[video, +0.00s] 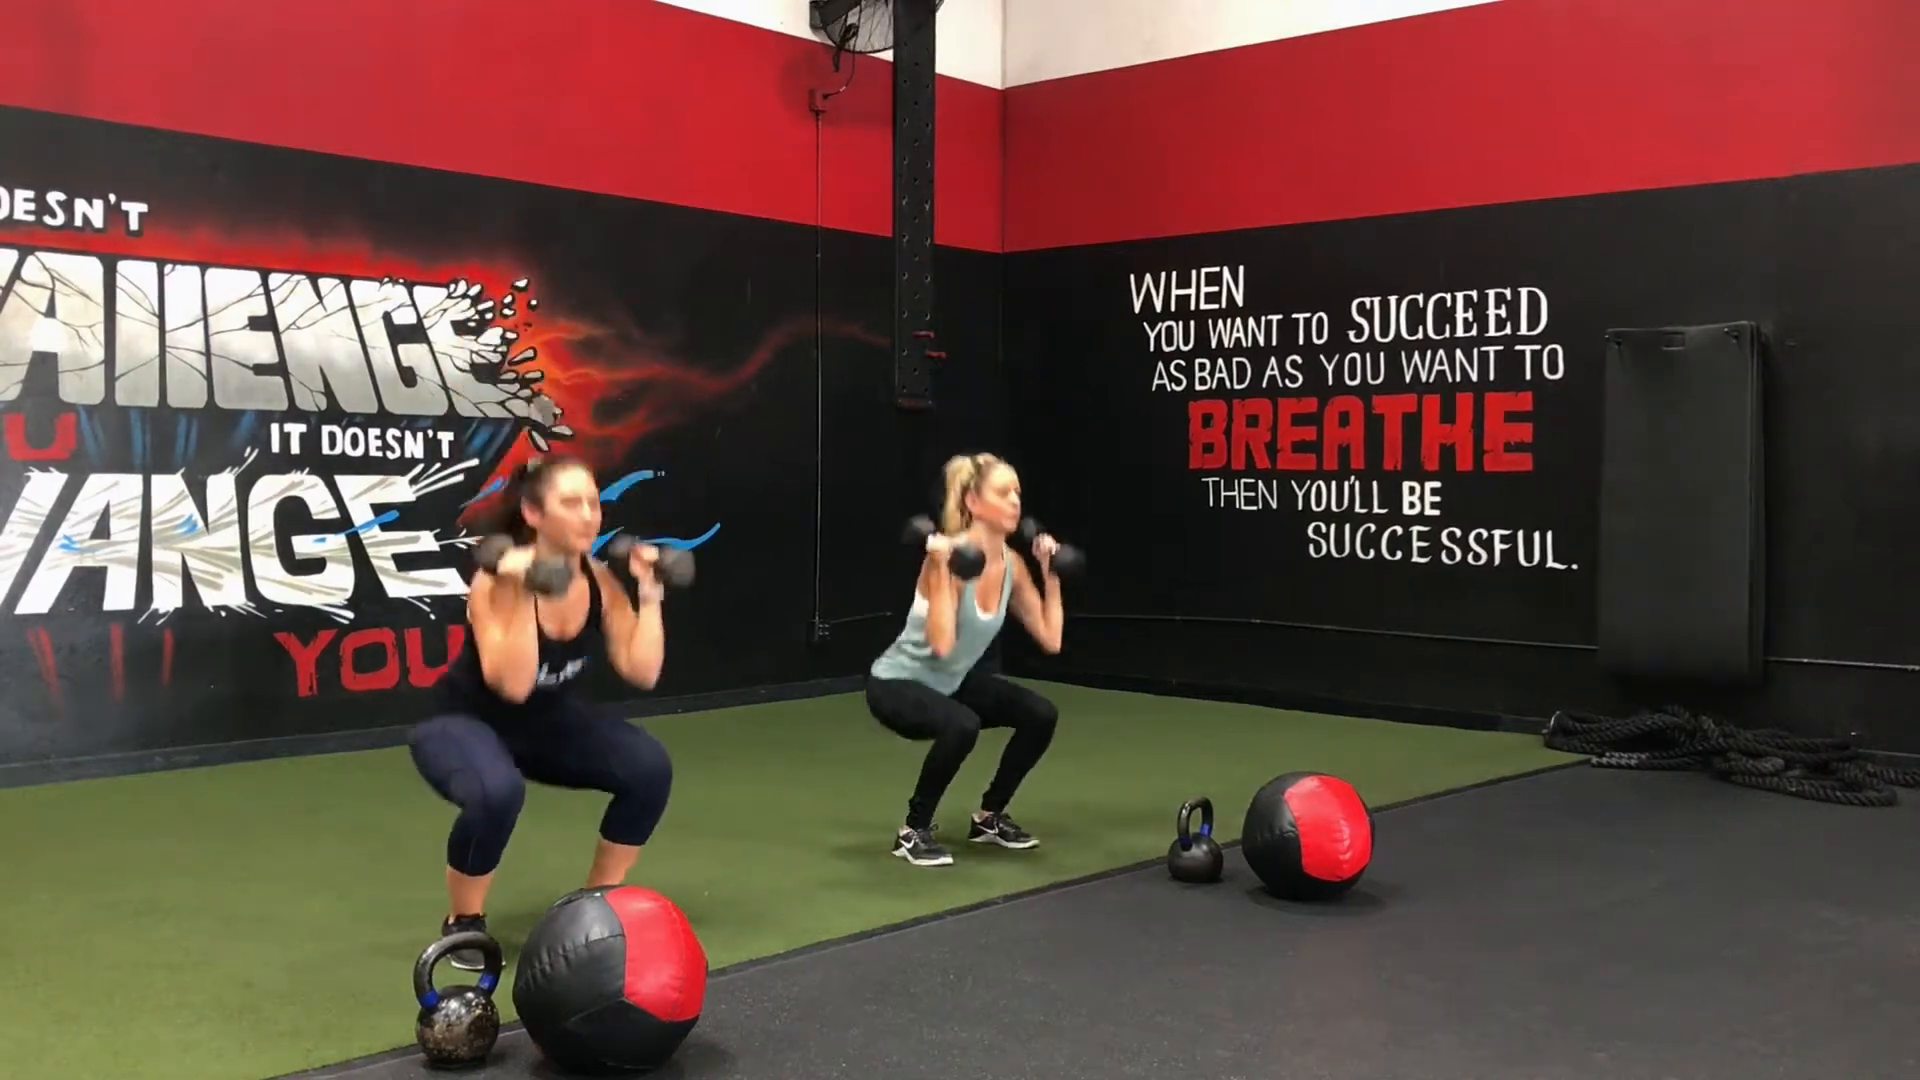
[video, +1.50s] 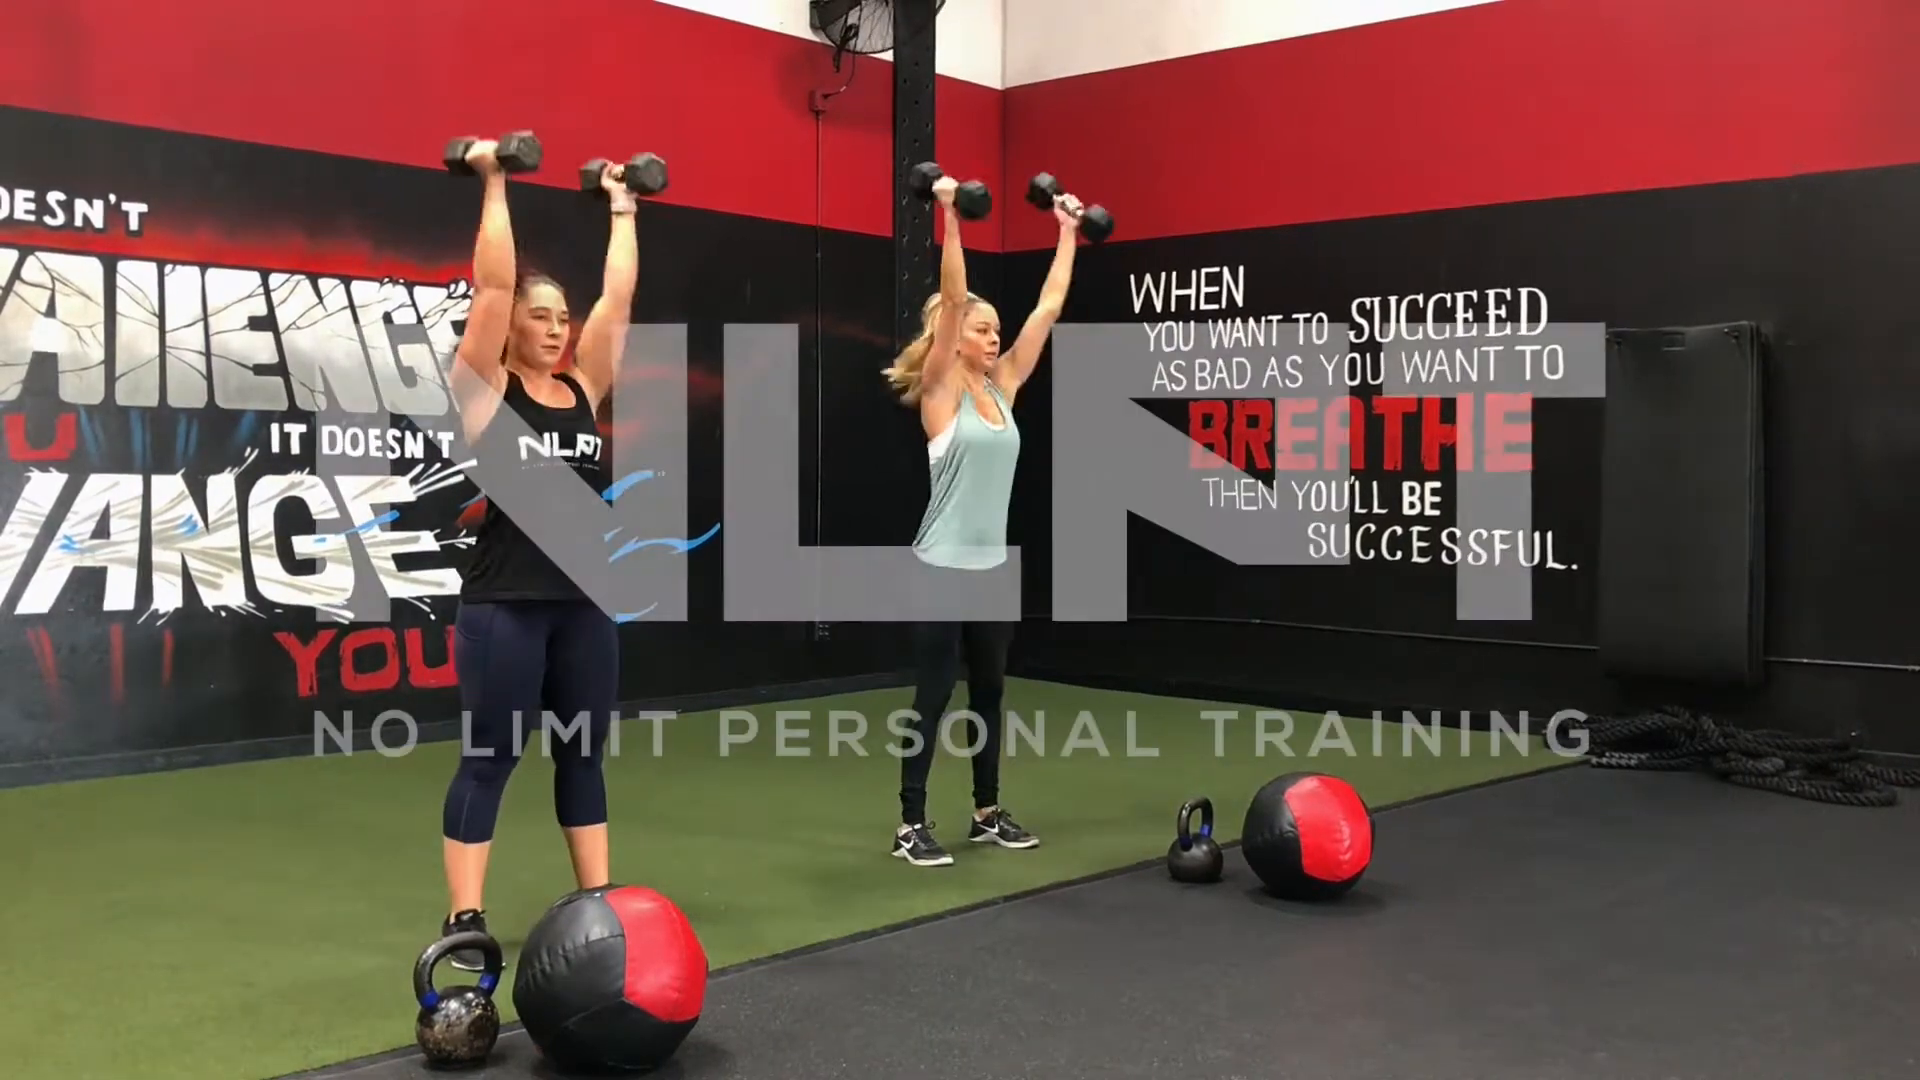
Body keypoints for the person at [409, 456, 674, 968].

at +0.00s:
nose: (590, 516)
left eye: (595, 503)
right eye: (573, 503)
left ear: (601, 510)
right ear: (533, 515)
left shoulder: (599, 576)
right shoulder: (496, 581)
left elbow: (643, 672)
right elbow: (513, 683)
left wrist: (649, 592)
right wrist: (517, 587)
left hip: (544, 719)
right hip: (462, 722)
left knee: (648, 767)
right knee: (497, 792)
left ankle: (597, 908)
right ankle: (465, 927)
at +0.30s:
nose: (569, 391)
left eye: (574, 380)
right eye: (553, 381)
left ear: (580, 391)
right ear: (516, 391)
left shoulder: (591, 461)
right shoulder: (485, 460)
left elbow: (657, 523)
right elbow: (515, 532)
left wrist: (642, 443)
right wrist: (515, 443)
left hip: (547, 639)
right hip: (468, 641)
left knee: (627, 752)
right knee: (491, 768)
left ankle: (596, 908)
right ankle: (465, 928)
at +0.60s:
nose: (555, 327)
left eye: (559, 316)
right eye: (539, 315)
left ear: (566, 323)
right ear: (502, 322)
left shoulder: (580, 388)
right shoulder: (478, 391)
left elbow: (635, 314)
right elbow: (489, 312)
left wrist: (626, 225)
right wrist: (494, 203)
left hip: (580, 606)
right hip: (500, 606)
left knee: (583, 751)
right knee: (489, 756)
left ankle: (596, 903)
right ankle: (465, 918)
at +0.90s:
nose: (588, 494)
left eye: (592, 481)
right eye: (571, 482)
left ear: (597, 486)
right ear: (530, 494)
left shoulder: (599, 558)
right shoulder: (492, 558)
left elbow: (639, 653)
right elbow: (507, 658)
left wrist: (650, 575)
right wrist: (512, 564)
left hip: (535, 697)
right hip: (455, 700)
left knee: (641, 759)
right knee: (491, 782)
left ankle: (597, 907)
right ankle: (464, 926)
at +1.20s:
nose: (578, 453)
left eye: (583, 441)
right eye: (562, 442)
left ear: (592, 449)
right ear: (524, 452)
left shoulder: (595, 521)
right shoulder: (493, 517)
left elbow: (658, 600)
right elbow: (516, 608)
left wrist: (653, 518)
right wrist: (512, 510)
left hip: (537, 679)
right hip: (458, 679)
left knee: (638, 765)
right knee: (491, 781)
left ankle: (594, 910)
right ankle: (464, 928)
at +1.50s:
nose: (557, 325)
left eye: (564, 314)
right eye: (541, 313)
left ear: (572, 324)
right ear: (506, 319)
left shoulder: (586, 386)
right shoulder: (483, 385)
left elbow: (619, 293)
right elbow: (495, 284)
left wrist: (621, 202)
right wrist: (494, 177)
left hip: (583, 605)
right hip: (503, 606)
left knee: (584, 756)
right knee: (488, 759)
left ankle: (598, 909)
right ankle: (466, 920)